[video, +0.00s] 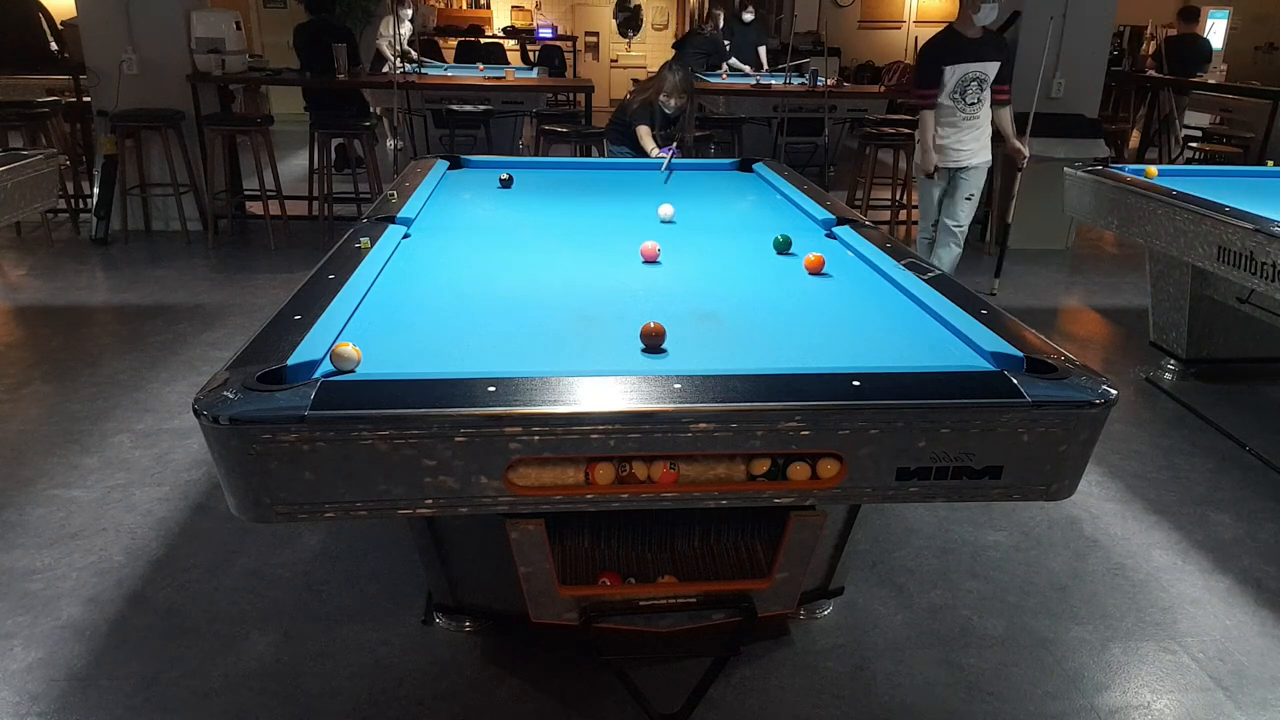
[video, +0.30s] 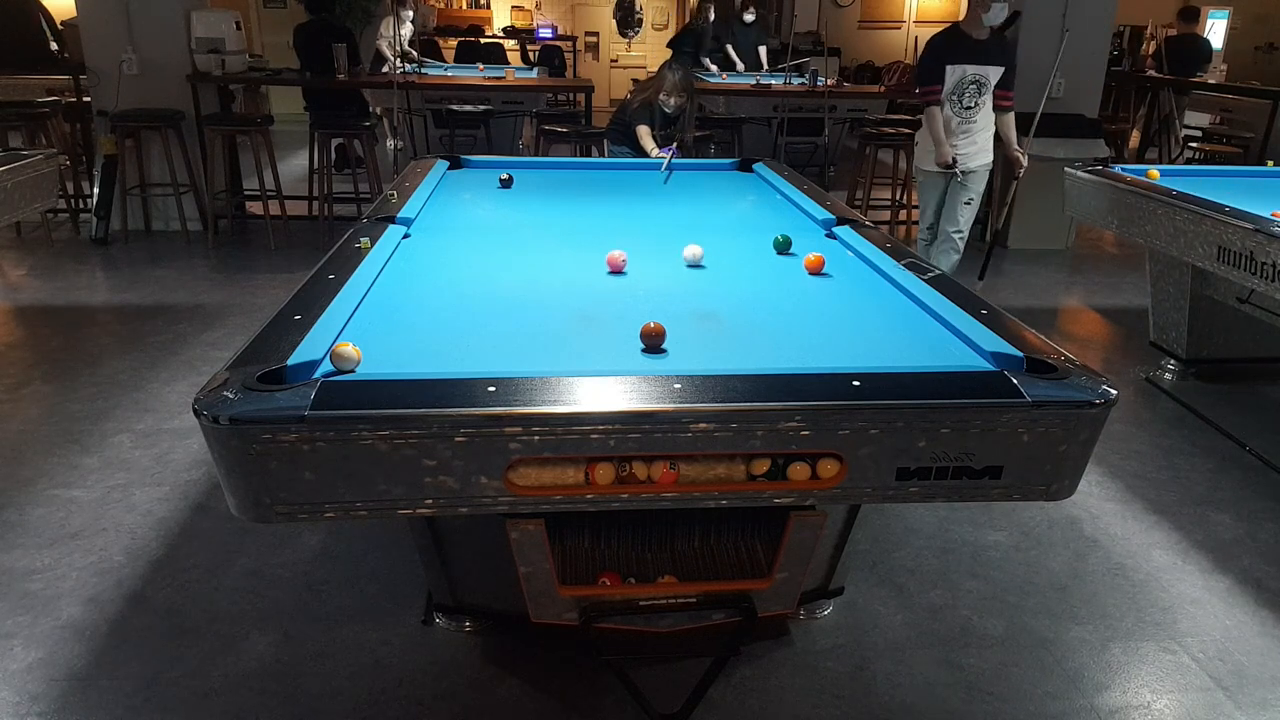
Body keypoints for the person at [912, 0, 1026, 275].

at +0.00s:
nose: (993, 8)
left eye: (994, 3)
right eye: (987, 2)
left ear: (992, 7)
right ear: (969, 4)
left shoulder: (999, 47)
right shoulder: (935, 48)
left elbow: (1001, 101)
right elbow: (926, 105)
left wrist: (1011, 140)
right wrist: (927, 150)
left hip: (976, 156)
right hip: (936, 154)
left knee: (955, 229)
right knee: (929, 228)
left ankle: (934, 293)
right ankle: (918, 290)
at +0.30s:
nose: (1001, 9)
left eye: (1003, 5)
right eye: (995, 4)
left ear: (1003, 8)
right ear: (976, 4)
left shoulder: (1004, 49)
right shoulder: (939, 44)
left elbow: (1004, 106)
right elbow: (931, 100)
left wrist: (1012, 147)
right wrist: (940, 145)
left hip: (977, 156)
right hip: (935, 152)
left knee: (955, 232)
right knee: (929, 229)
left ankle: (932, 295)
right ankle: (917, 290)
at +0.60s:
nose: (1007, 6)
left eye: (1012, 2)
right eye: (1001, 1)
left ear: (1016, 8)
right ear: (984, 2)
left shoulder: (1014, 53)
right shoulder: (945, 40)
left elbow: (1010, 114)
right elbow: (922, 99)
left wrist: (1009, 159)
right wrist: (908, 145)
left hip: (978, 163)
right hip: (933, 158)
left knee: (953, 242)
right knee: (922, 236)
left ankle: (929, 302)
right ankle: (906, 300)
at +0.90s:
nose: (1011, 7)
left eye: (1014, 3)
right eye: (1003, 2)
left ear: (1017, 7)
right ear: (986, 3)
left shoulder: (1019, 54)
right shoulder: (947, 46)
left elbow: (1014, 113)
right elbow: (925, 107)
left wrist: (1012, 158)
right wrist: (911, 155)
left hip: (983, 167)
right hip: (941, 158)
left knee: (957, 242)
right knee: (929, 236)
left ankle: (935, 300)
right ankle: (904, 300)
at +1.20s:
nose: (1006, 5)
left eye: (1010, 1)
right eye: (999, 0)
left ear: (1015, 6)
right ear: (982, 3)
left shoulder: (1017, 55)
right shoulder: (944, 53)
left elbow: (1016, 116)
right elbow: (929, 116)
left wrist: (1020, 162)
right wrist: (920, 166)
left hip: (986, 172)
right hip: (947, 170)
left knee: (962, 252)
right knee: (940, 256)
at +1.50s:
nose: (1018, 3)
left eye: (1019, 0)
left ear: (1014, 4)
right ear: (989, 2)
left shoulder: (1026, 49)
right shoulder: (951, 47)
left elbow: (1022, 113)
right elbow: (937, 110)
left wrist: (1026, 164)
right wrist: (938, 166)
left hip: (999, 175)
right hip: (950, 174)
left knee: (1000, 253)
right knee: (934, 260)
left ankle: (968, 322)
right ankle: (919, 328)